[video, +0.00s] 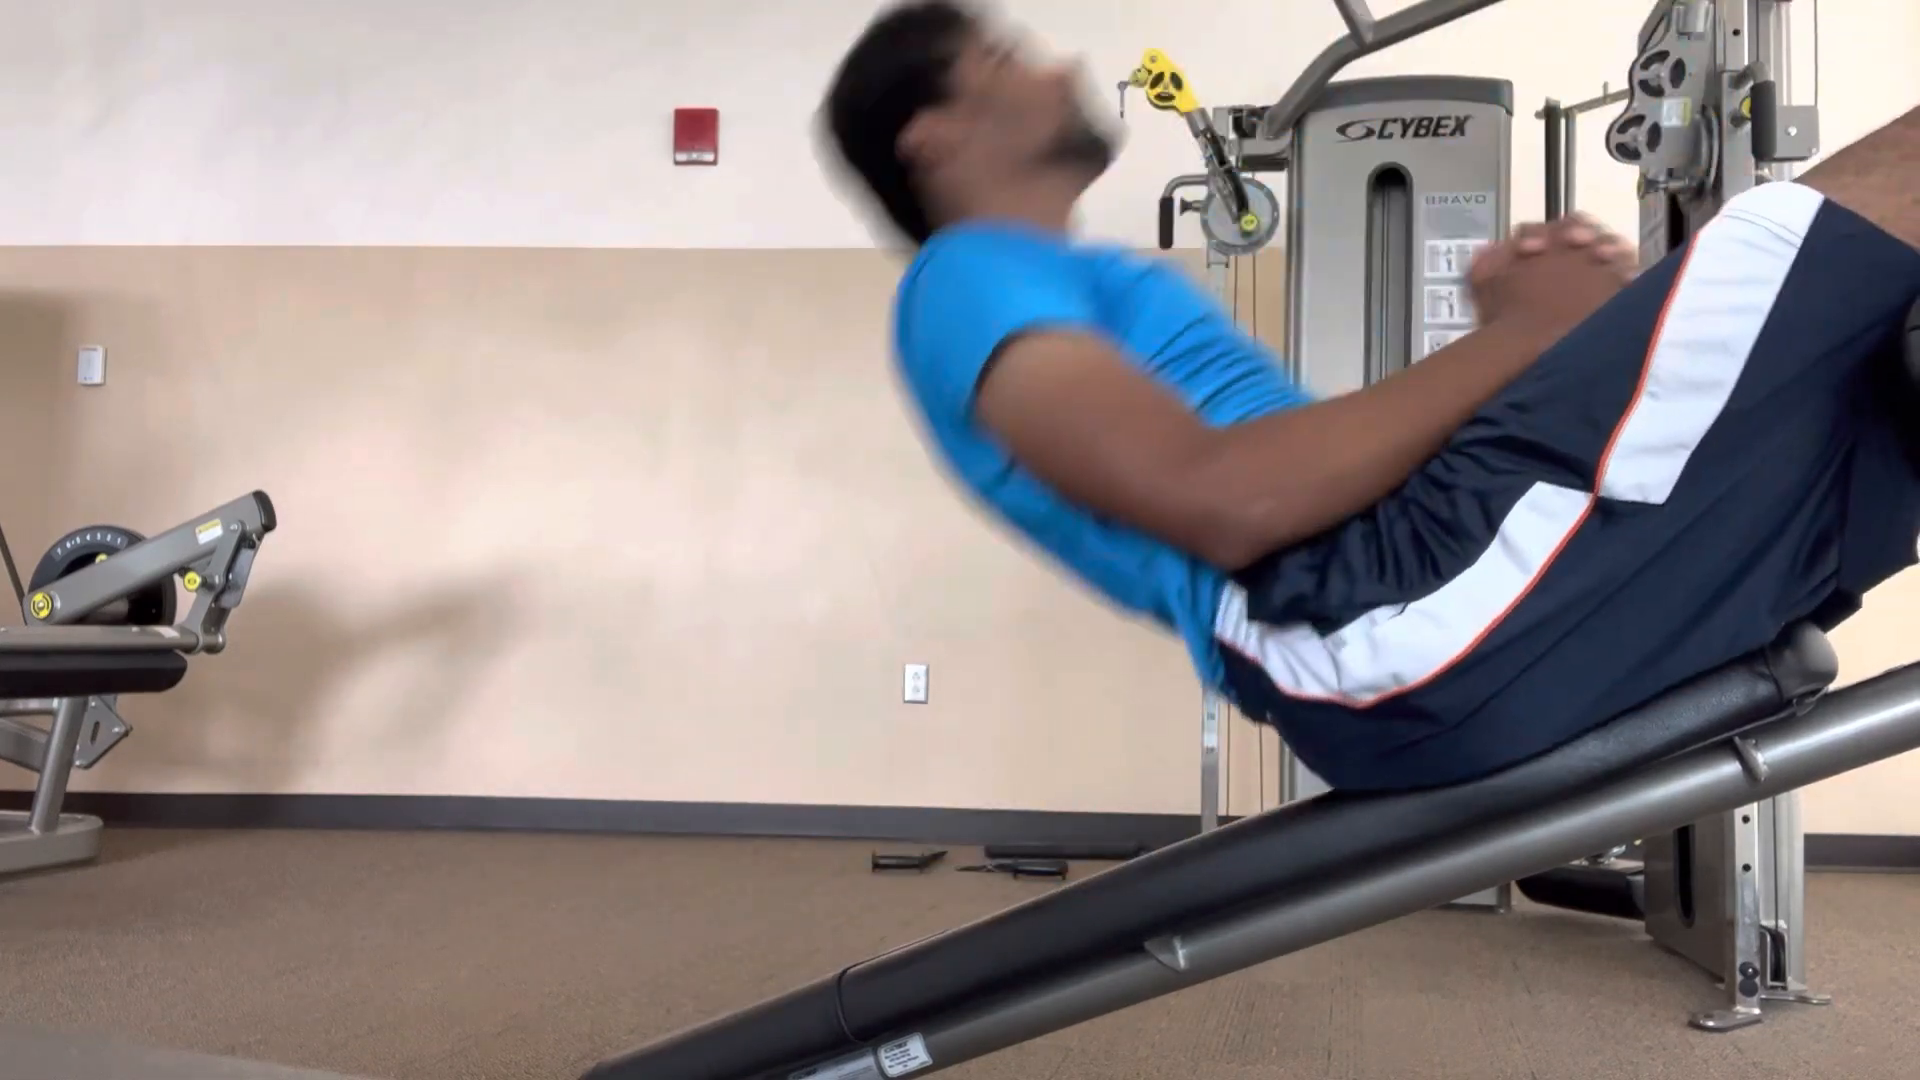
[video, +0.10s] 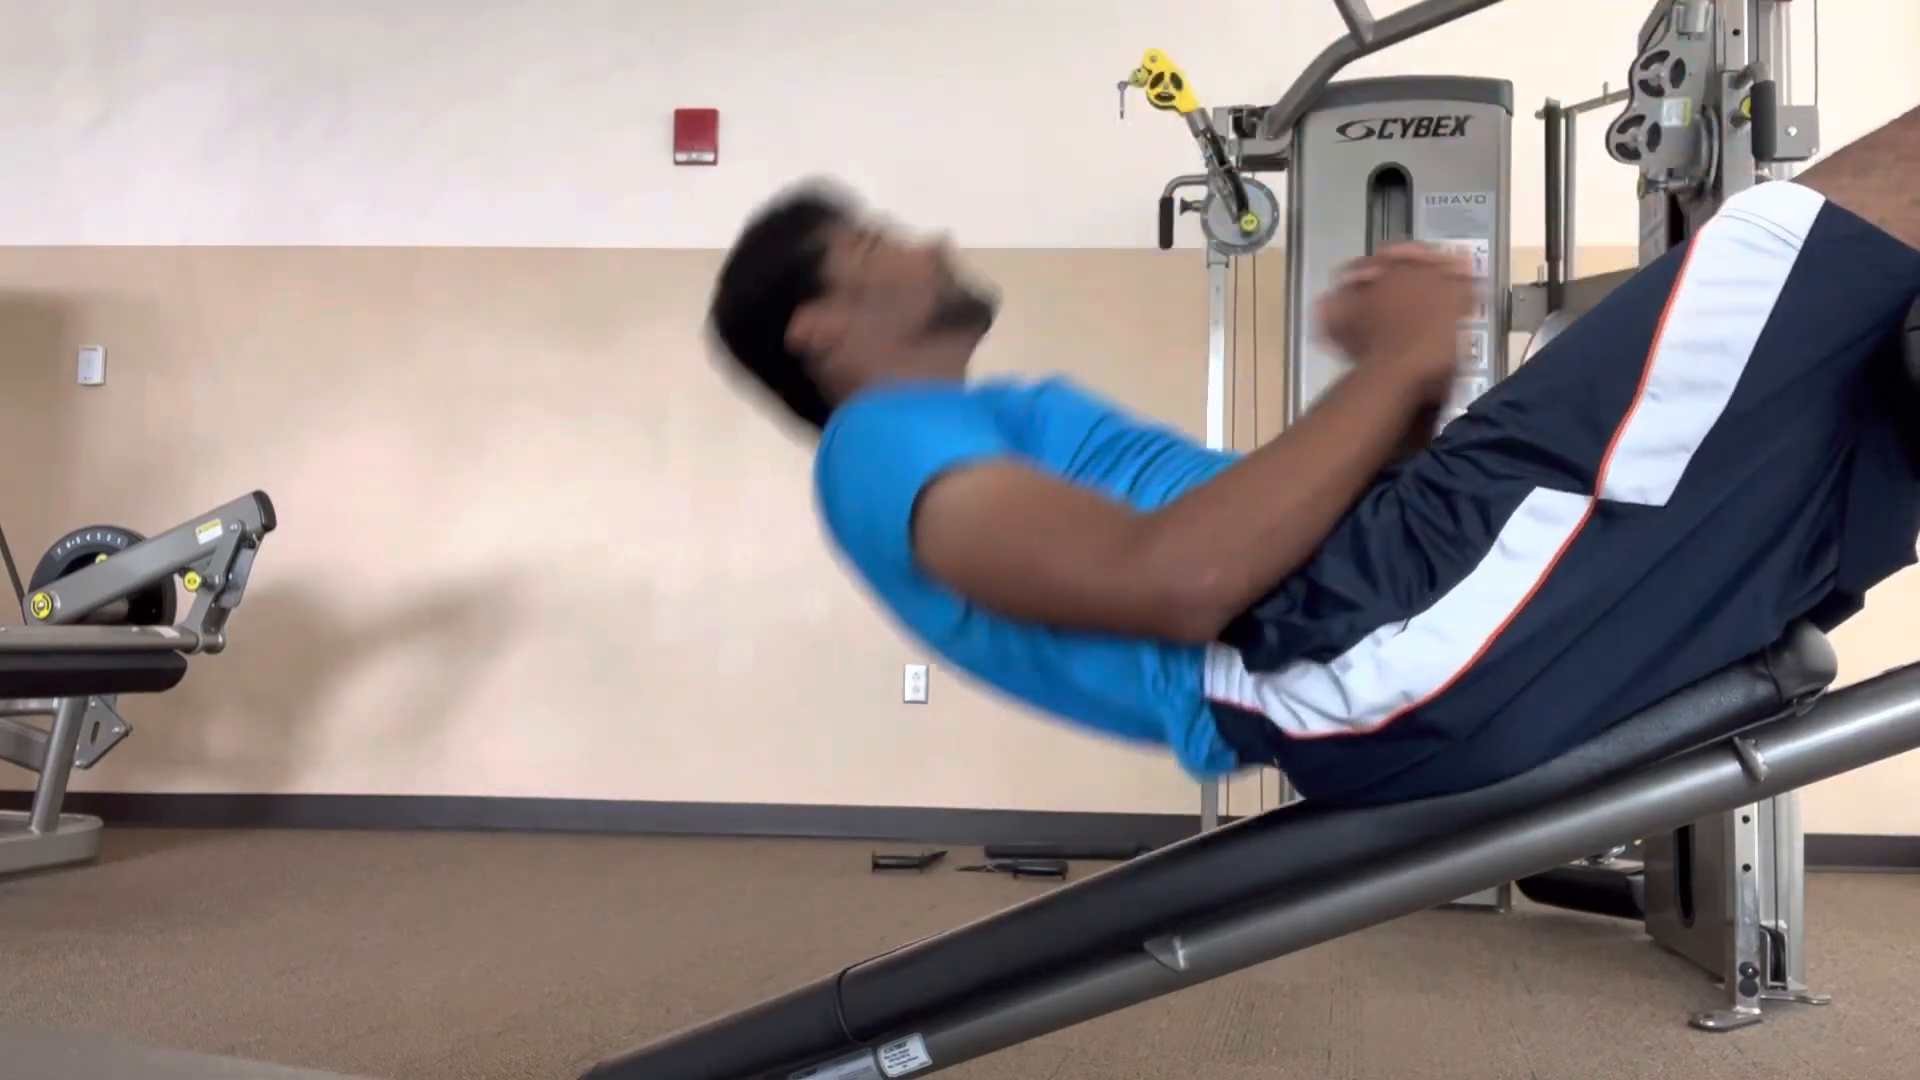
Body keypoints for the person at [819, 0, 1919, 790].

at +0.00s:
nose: (1055, 55)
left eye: (1027, 38)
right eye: (1007, 48)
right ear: (939, 125)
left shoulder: (1088, 291)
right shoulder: (970, 282)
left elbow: (1277, 493)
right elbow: (1216, 502)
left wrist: (1504, 341)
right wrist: (1514, 345)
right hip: (1369, 629)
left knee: (1901, 437)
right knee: (1894, 169)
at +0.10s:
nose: (925, 234)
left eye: (893, 222)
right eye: (878, 233)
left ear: (850, 311)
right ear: (825, 313)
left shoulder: (953, 442)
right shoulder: (880, 446)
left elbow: (1200, 566)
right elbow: (1174, 577)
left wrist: (1397, 376)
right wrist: (1405, 361)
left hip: (1390, 633)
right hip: (1345, 648)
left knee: (1894, 431)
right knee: (1889, 166)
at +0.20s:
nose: (840, 396)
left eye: (812, 388)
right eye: (790, 403)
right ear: (753, 498)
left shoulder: (928, 567)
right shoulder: (834, 587)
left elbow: (1274, 540)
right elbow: (1122, 632)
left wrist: (1228, 402)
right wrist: (1212, 381)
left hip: (1348, 623)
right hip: (1319, 667)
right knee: (1860, 192)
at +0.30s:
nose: (793, 542)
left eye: (765, 538)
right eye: (749, 564)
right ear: (731, 659)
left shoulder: (919, 665)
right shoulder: (814, 715)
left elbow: (1225, 539)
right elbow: (1081, 590)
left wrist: (1050, 449)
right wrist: (1007, 437)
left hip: (1318, 622)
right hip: (1294, 665)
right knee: (1874, 180)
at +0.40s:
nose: (779, 672)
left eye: (763, 670)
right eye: (749, 692)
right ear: (745, 778)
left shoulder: (931, 786)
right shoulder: (822, 815)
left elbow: (1142, 536)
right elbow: (961, 515)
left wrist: (934, 519)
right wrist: (847, 521)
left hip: (1336, 604)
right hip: (1324, 660)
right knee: (1876, 183)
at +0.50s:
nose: (744, 759)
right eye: (726, 783)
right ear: (738, 838)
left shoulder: (892, 811)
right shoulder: (800, 846)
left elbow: (972, 571)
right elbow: (756, 513)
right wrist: (706, 638)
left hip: (1326, 591)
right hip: (1317, 669)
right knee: (1864, 191)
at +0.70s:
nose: (740, 754)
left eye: (718, 774)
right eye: (723, 800)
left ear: (738, 772)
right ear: (730, 862)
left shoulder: (889, 797)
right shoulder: (815, 900)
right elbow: (556, 786)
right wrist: (472, 825)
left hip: (1369, 563)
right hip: (1390, 648)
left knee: (1876, 179)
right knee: (1866, 180)